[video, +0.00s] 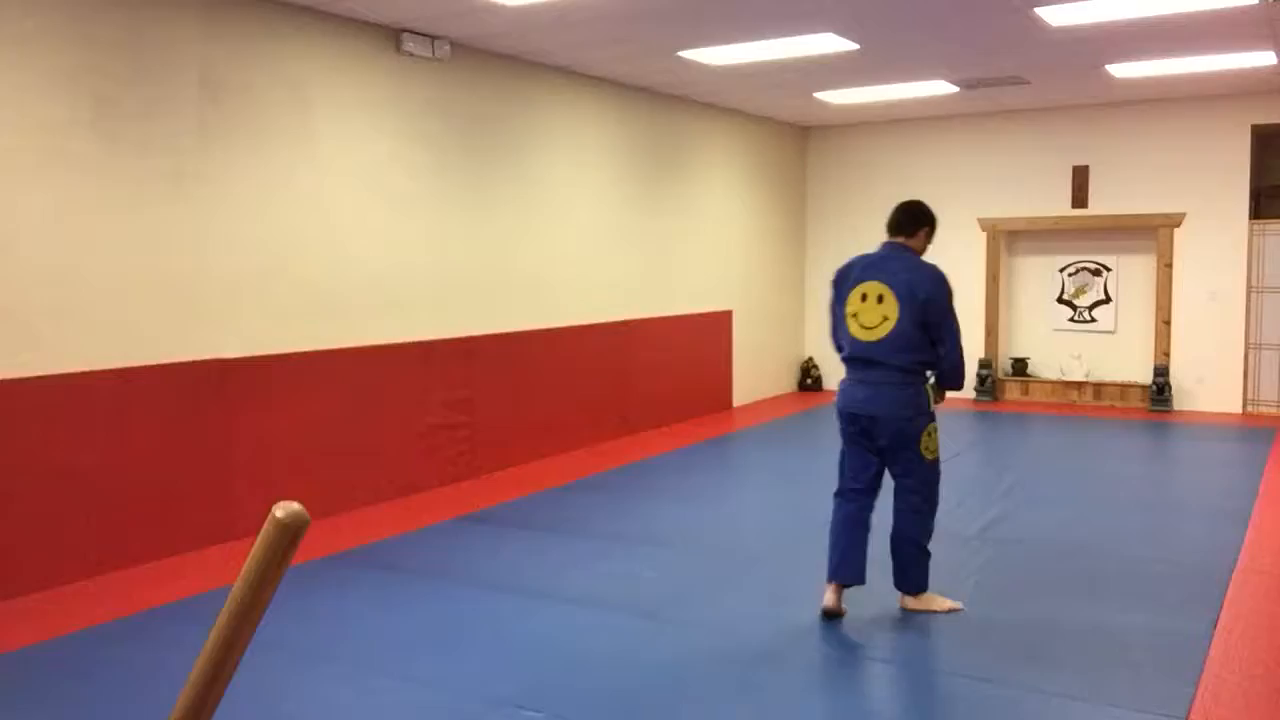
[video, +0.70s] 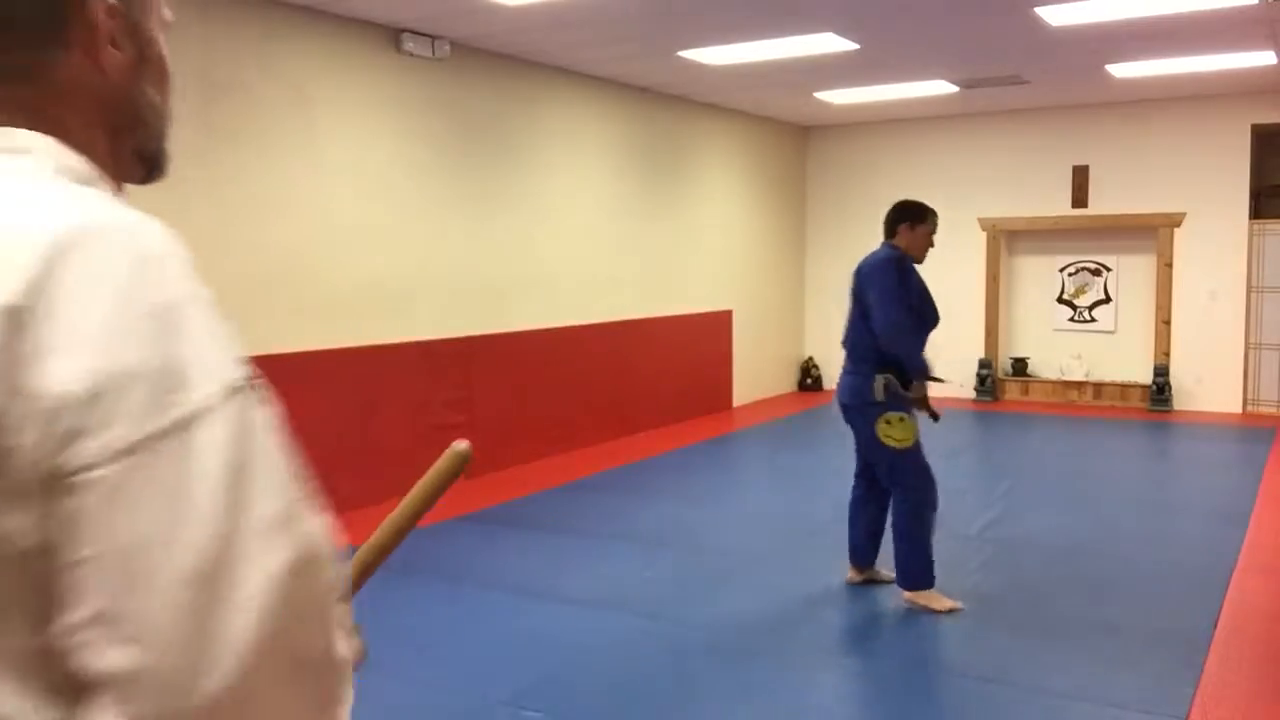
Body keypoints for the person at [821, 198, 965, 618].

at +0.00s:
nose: (930, 243)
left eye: (930, 238)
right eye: (930, 237)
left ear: (888, 230)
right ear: (923, 234)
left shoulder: (848, 271)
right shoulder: (927, 277)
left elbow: (840, 337)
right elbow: (947, 347)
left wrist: (861, 368)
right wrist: (946, 384)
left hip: (855, 398)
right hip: (905, 402)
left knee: (852, 491)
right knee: (917, 493)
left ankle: (834, 587)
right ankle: (912, 591)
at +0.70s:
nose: (931, 244)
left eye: (932, 236)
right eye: (928, 234)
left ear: (904, 231)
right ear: (904, 230)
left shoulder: (889, 266)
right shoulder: (885, 267)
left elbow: (898, 332)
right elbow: (892, 330)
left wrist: (915, 383)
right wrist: (918, 374)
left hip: (871, 390)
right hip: (875, 394)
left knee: (873, 481)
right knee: (917, 488)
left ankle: (861, 566)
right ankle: (917, 585)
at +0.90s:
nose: (909, 236)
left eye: (910, 229)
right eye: (903, 228)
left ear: (886, 231)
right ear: (876, 228)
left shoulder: (893, 279)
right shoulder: (848, 267)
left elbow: (902, 337)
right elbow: (834, 330)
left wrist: (926, 380)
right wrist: (871, 368)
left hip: (881, 389)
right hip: (851, 388)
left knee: (870, 477)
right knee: (868, 477)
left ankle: (864, 565)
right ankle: (869, 573)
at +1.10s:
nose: (882, 232)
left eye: (883, 225)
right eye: (874, 225)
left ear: (879, 228)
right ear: (850, 228)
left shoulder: (885, 277)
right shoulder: (827, 269)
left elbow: (896, 331)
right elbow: (805, 325)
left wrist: (913, 377)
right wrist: (842, 369)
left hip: (873, 391)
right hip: (834, 390)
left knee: (865, 480)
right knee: (828, 478)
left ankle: (858, 564)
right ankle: (802, 564)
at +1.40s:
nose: (820, 232)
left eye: (827, 226)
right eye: (812, 226)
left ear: (837, 231)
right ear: (800, 232)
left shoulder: (854, 278)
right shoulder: (781, 278)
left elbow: (875, 331)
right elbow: (762, 330)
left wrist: (889, 379)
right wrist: (788, 372)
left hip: (844, 397)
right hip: (795, 397)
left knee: (850, 483)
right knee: (786, 482)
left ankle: (856, 565)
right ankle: (770, 557)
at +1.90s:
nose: (745, 233)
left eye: (753, 226)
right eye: (740, 227)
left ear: (769, 230)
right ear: (734, 233)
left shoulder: (796, 274)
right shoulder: (720, 285)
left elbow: (824, 326)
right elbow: (712, 338)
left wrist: (824, 375)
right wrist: (732, 372)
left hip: (794, 394)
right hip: (751, 396)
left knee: (802, 479)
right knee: (761, 479)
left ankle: (813, 565)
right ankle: (769, 557)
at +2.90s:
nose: (726, 232)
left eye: (734, 225)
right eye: (721, 225)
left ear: (756, 230)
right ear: (718, 229)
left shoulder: (780, 282)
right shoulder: (708, 277)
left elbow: (802, 342)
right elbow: (684, 329)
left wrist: (791, 399)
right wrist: (663, 376)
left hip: (757, 405)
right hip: (710, 402)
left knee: (758, 496)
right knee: (696, 487)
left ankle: (758, 582)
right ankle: (697, 577)